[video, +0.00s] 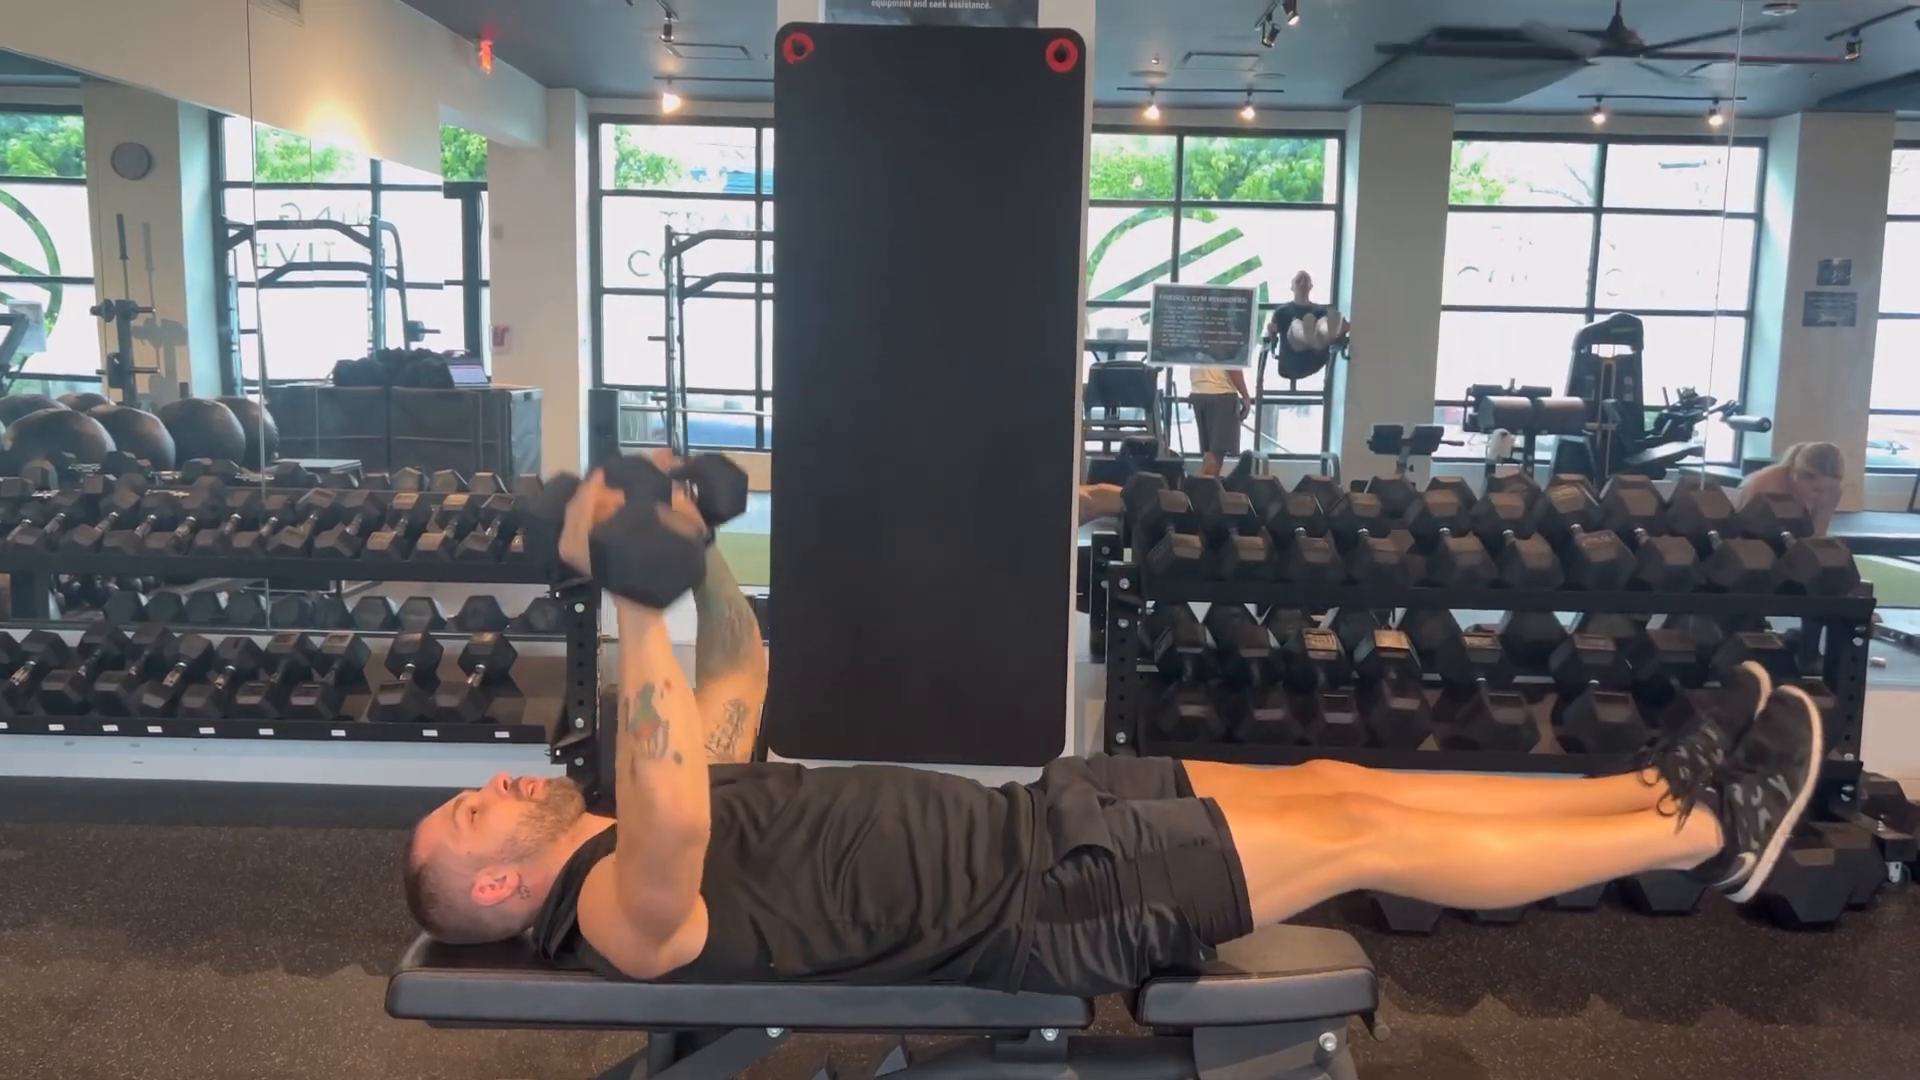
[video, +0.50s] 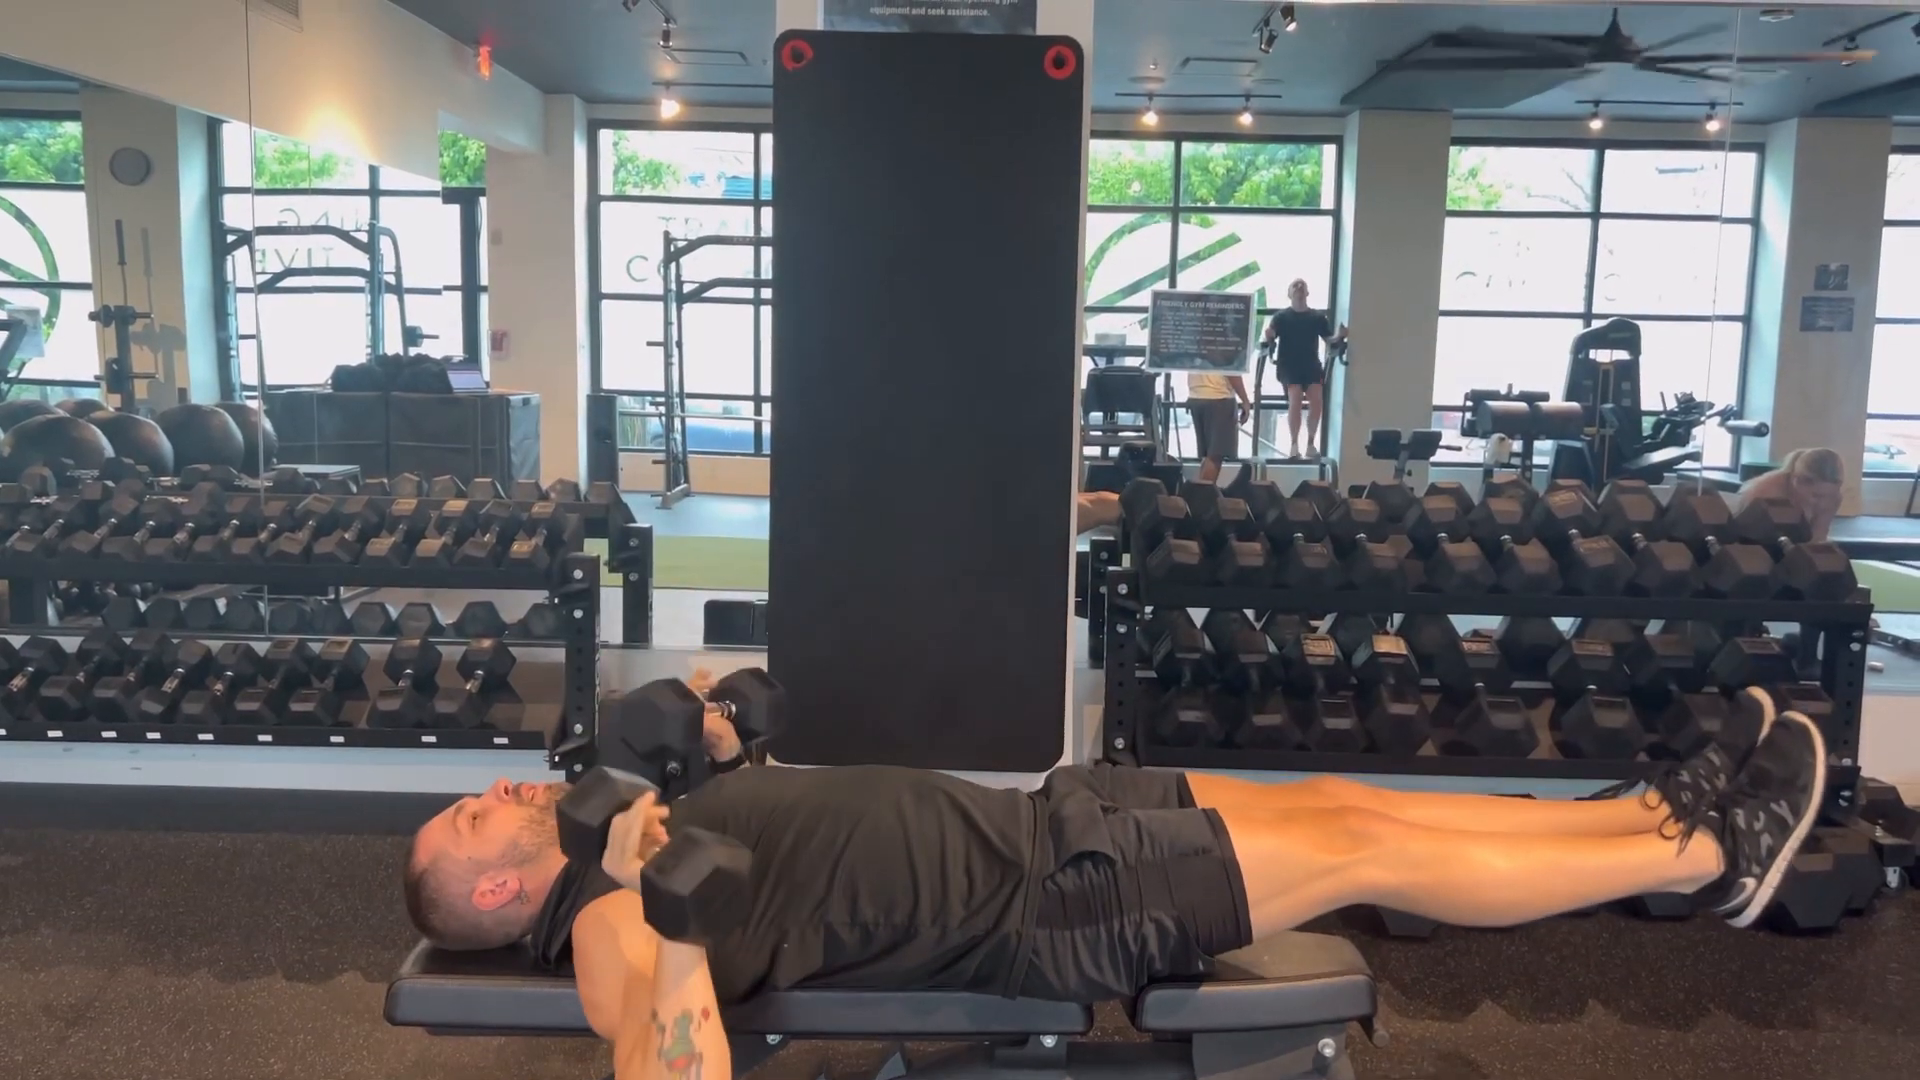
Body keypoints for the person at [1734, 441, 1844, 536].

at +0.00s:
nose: (1821, 497)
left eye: (1827, 490)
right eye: (1817, 491)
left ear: (1836, 483)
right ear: (1794, 475)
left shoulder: (1833, 491)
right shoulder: (1763, 486)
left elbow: (1815, 541)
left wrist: (1826, 510)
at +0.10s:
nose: (1822, 498)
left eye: (1829, 491)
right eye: (1817, 491)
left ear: (1837, 484)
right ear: (1795, 476)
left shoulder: (1832, 492)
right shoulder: (1765, 487)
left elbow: (1815, 541)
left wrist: (1825, 510)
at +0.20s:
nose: (1822, 499)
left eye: (1829, 492)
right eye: (1817, 492)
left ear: (1838, 486)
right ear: (1795, 478)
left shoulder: (1833, 493)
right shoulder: (1768, 490)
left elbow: (1813, 546)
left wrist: (1825, 512)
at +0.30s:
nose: (1822, 500)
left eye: (1828, 494)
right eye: (1817, 494)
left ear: (1837, 488)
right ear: (1795, 479)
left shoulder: (1833, 495)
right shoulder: (1766, 491)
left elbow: (1814, 546)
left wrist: (1825, 513)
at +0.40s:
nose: (1822, 502)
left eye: (1828, 495)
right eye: (1817, 495)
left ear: (1837, 488)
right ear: (1795, 480)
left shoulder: (1833, 496)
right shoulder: (1764, 493)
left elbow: (1815, 545)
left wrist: (1825, 515)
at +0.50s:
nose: (1821, 503)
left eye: (1827, 496)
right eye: (1816, 496)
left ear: (1836, 489)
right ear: (1794, 480)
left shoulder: (1833, 497)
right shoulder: (1763, 494)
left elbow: (1815, 545)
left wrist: (1825, 515)